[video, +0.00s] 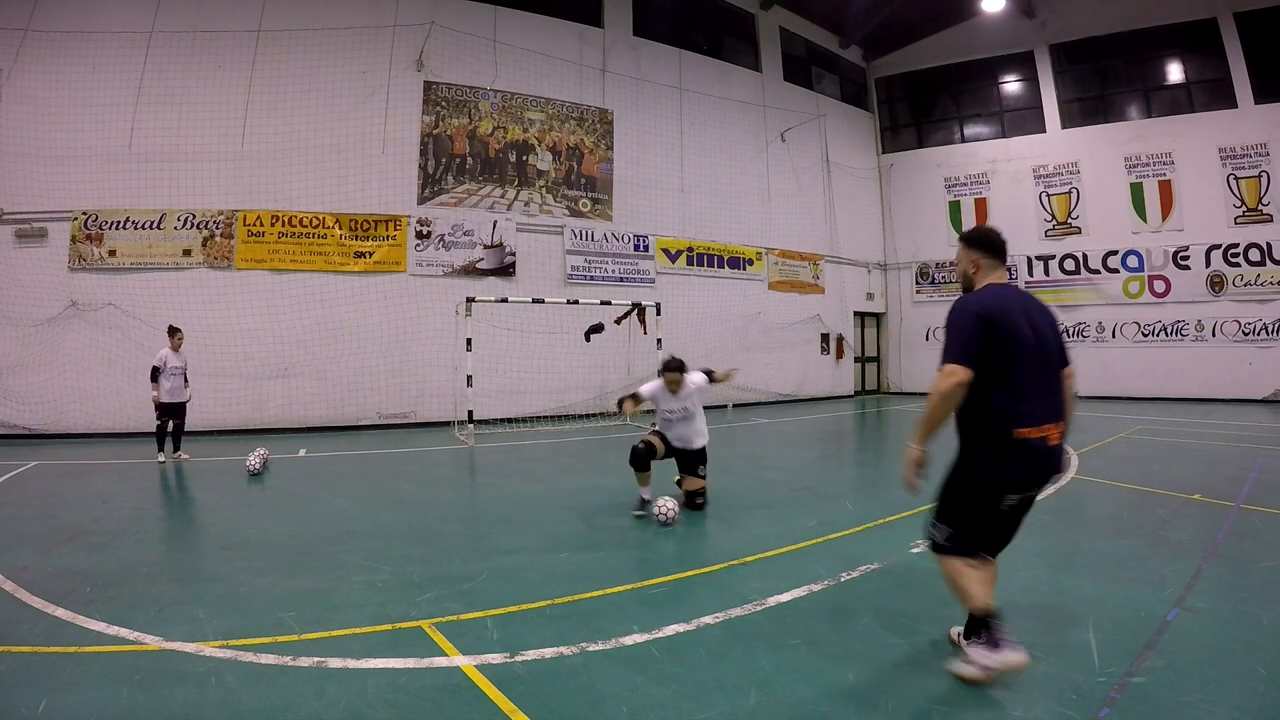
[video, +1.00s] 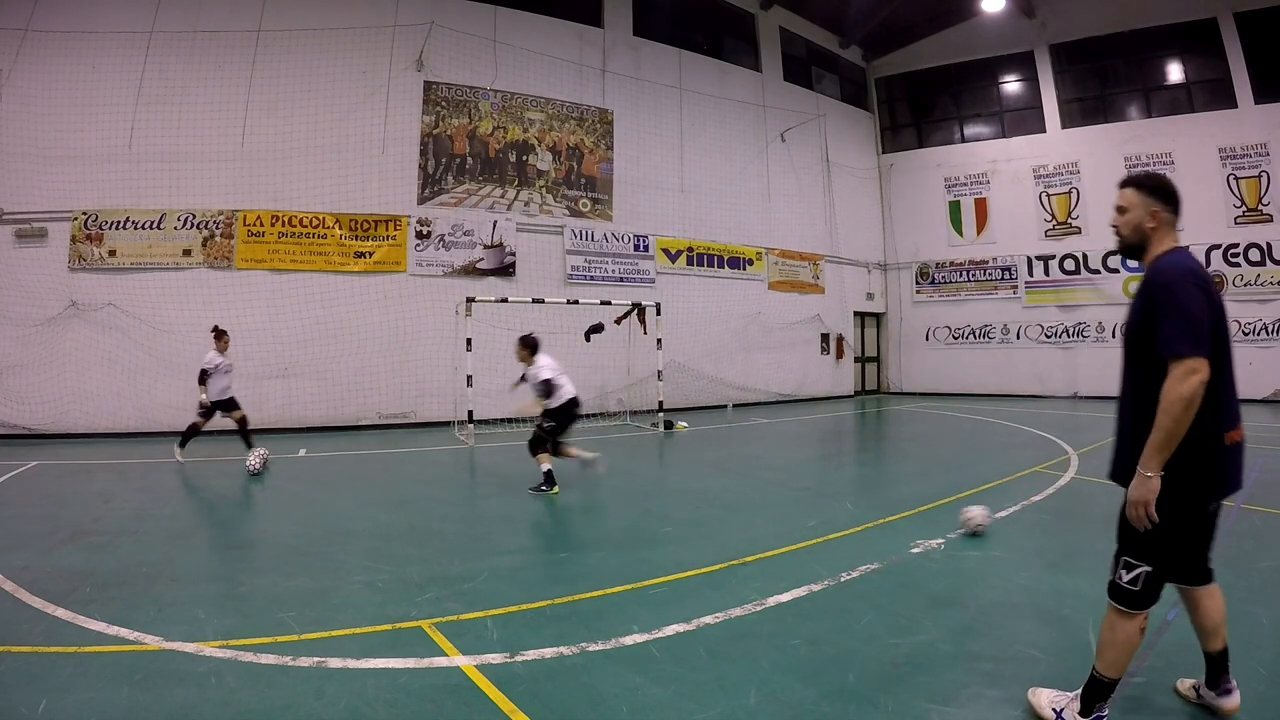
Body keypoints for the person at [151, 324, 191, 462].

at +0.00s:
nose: (181, 342)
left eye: (182, 339)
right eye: (179, 339)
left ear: (182, 339)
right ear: (171, 339)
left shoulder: (182, 356)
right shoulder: (163, 354)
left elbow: (184, 374)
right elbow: (154, 374)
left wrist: (187, 389)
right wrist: (155, 393)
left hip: (180, 397)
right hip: (165, 397)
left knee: (179, 425)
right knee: (163, 425)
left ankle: (177, 451)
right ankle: (161, 452)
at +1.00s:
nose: (227, 345)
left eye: (228, 342)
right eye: (225, 342)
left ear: (227, 342)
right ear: (217, 342)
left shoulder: (225, 356)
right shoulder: (212, 357)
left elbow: (221, 379)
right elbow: (202, 378)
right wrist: (203, 398)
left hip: (227, 398)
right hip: (212, 400)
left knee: (241, 419)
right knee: (198, 425)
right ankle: (180, 446)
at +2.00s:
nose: (258, 373)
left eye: (259, 371)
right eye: (257, 370)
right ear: (249, 365)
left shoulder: (247, 377)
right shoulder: (234, 374)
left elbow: (240, 391)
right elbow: (222, 391)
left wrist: (240, 409)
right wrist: (221, 411)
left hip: (226, 398)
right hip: (211, 396)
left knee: (227, 424)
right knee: (216, 424)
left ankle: (224, 451)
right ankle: (218, 455)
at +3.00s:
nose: (248, 395)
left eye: (249, 393)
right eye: (247, 392)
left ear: (239, 387)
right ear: (240, 388)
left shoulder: (232, 387)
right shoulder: (229, 394)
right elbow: (235, 422)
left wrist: (244, 437)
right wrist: (247, 440)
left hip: (205, 398)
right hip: (195, 399)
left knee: (221, 423)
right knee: (215, 425)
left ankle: (222, 455)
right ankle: (218, 457)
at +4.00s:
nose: (192, 339)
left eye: (192, 336)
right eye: (189, 336)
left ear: (189, 338)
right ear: (181, 338)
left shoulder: (188, 354)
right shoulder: (177, 354)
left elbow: (186, 377)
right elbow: (171, 375)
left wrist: (191, 395)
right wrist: (175, 396)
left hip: (191, 400)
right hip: (181, 400)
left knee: (189, 427)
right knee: (177, 428)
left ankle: (187, 456)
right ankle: (163, 454)